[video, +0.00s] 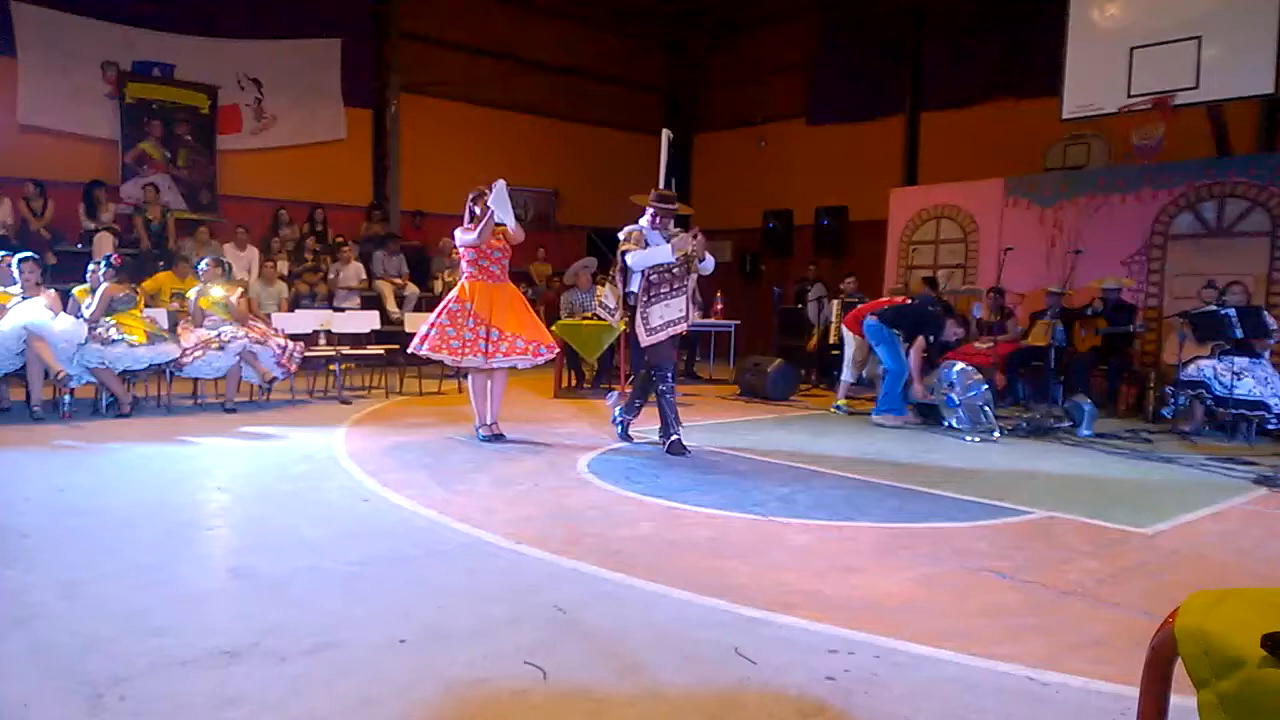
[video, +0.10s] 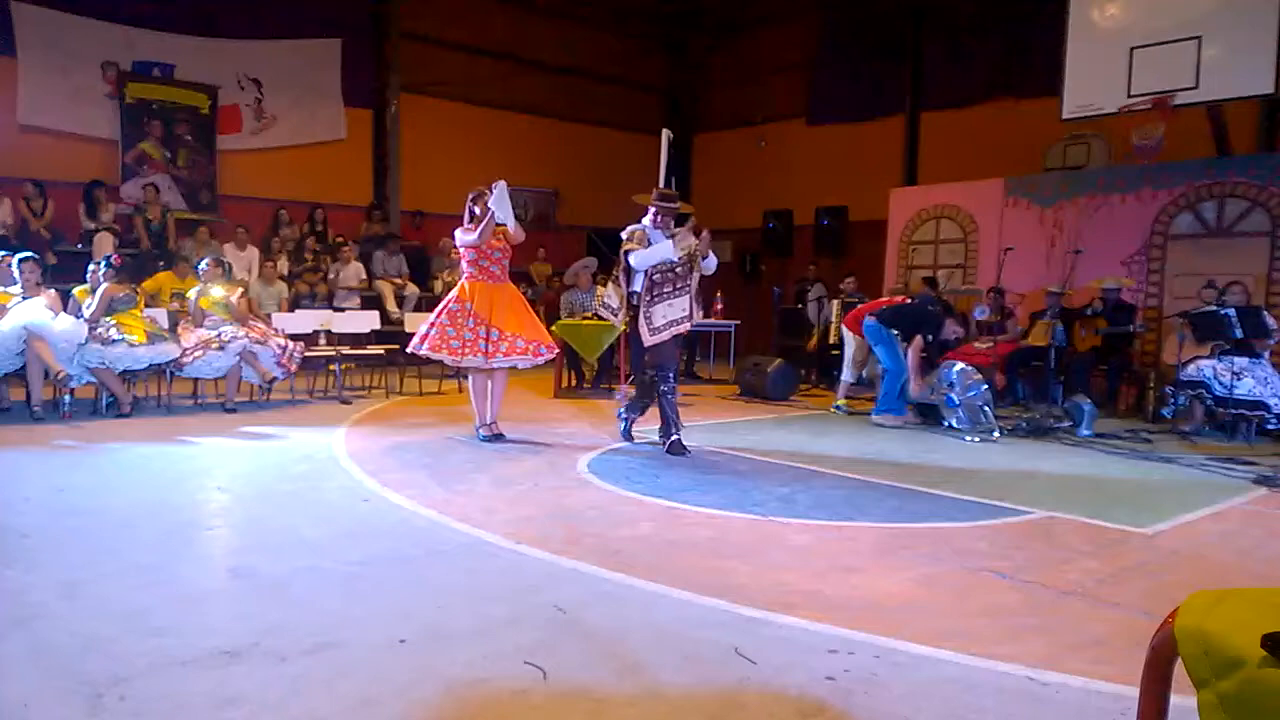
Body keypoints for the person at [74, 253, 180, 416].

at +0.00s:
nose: (100, 274)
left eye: (102, 271)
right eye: (100, 271)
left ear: (110, 272)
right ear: (122, 271)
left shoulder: (108, 288)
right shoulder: (135, 289)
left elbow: (93, 317)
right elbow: (137, 313)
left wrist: (84, 305)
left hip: (122, 336)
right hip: (139, 334)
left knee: (88, 354)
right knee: (88, 352)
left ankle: (124, 397)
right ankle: (123, 395)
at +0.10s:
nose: (100, 274)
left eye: (102, 271)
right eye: (100, 271)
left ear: (110, 272)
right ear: (122, 271)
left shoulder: (108, 289)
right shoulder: (135, 289)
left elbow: (93, 317)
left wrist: (85, 305)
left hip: (123, 336)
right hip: (139, 334)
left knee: (88, 354)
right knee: (88, 352)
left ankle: (124, 397)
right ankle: (123, 395)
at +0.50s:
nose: (102, 275)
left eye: (104, 271)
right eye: (102, 271)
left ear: (112, 272)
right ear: (123, 272)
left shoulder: (109, 288)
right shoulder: (135, 289)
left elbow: (97, 319)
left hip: (126, 336)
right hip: (141, 334)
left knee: (89, 354)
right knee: (89, 352)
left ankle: (124, 397)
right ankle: (124, 396)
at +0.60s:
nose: (102, 275)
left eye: (104, 271)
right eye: (102, 272)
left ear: (112, 272)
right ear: (123, 271)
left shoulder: (110, 289)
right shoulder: (135, 289)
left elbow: (102, 319)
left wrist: (87, 322)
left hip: (127, 336)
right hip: (142, 334)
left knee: (89, 355)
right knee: (89, 352)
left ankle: (124, 398)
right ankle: (124, 396)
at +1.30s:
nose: (106, 274)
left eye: (108, 271)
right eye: (106, 271)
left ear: (112, 272)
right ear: (135, 272)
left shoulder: (116, 288)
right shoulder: (141, 291)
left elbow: (89, 307)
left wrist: (89, 283)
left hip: (126, 338)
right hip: (143, 336)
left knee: (90, 351)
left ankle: (125, 397)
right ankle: (122, 395)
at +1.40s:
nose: (109, 272)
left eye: (111, 269)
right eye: (110, 268)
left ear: (117, 271)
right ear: (133, 270)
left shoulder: (117, 288)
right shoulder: (139, 288)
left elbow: (93, 311)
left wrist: (98, 288)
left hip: (128, 336)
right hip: (143, 333)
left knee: (90, 352)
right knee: (90, 348)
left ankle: (124, 398)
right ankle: (125, 395)